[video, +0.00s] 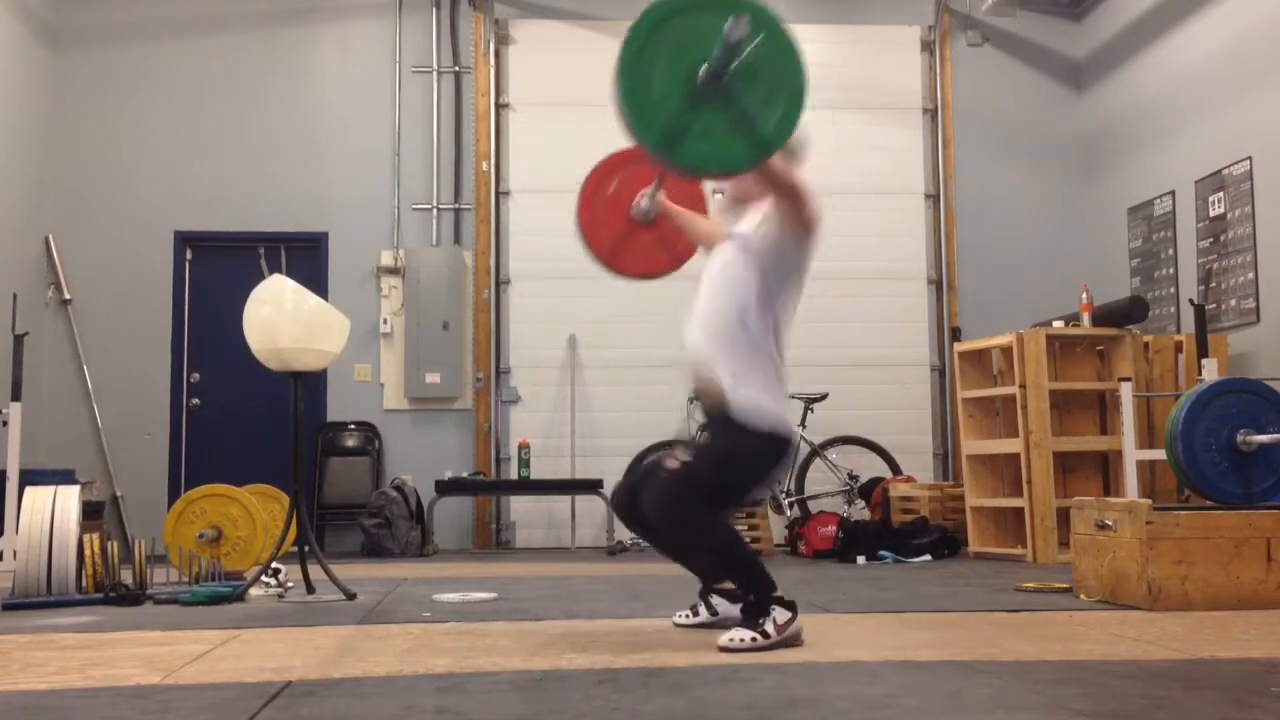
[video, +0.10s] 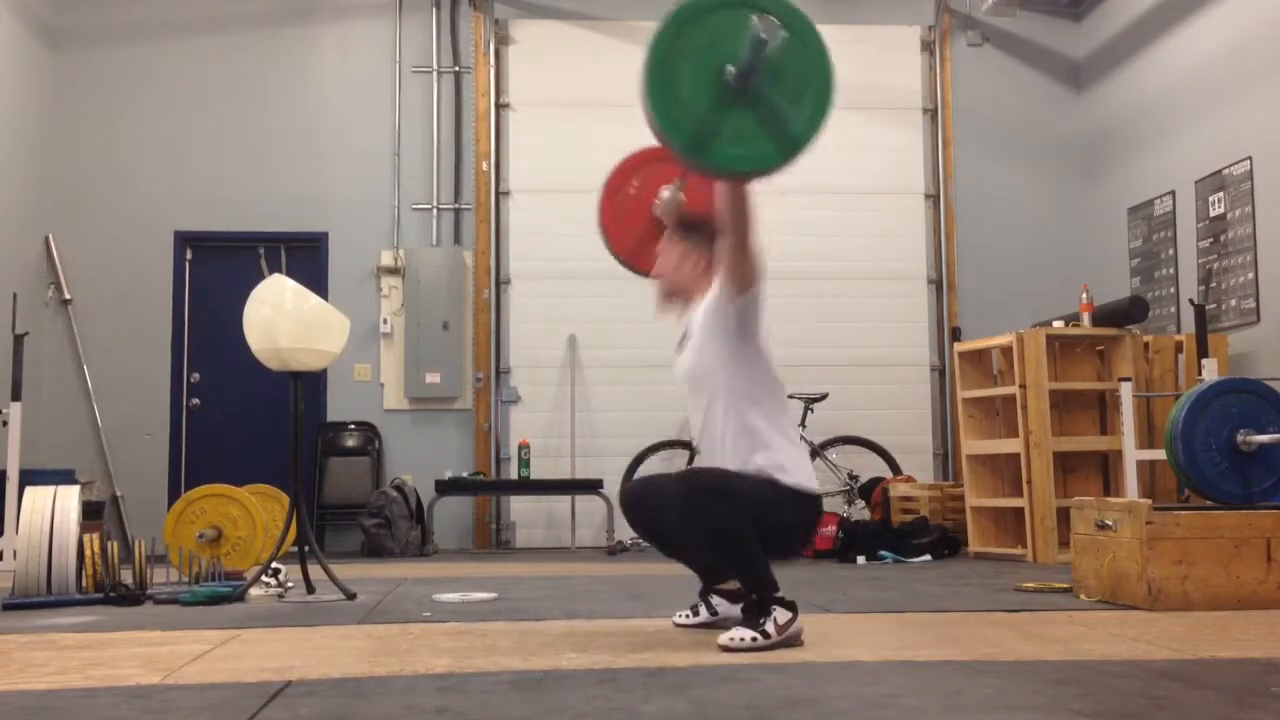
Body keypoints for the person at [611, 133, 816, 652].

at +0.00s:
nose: (720, 172)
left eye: (735, 161)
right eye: (721, 161)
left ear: (767, 166)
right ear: (728, 173)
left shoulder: (782, 232)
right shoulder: (736, 232)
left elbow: (792, 195)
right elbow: (710, 233)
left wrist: (741, 136)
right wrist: (663, 208)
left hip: (758, 429)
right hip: (721, 423)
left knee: (671, 499)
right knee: (632, 499)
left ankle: (773, 610)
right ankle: (725, 594)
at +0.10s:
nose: (656, 263)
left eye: (668, 250)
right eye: (659, 250)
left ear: (701, 258)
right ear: (688, 262)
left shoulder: (728, 312)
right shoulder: (698, 323)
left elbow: (737, 242)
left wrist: (733, 165)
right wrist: (678, 216)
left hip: (788, 503)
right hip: (738, 496)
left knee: (693, 491)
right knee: (641, 496)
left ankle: (773, 609)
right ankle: (726, 592)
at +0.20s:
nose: (634, 306)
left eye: (641, 291)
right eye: (634, 293)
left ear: (676, 294)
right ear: (674, 296)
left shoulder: (721, 337)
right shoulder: (683, 354)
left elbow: (729, 265)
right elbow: (691, 289)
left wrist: (736, 186)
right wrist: (686, 241)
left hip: (792, 518)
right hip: (744, 516)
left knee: (688, 489)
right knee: (640, 496)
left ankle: (772, 608)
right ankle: (726, 594)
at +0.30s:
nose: (632, 324)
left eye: (637, 310)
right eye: (631, 312)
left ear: (673, 312)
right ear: (672, 313)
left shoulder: (721, 354)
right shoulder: (687, 368)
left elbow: (732, 283)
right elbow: (696, 300)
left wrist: (745, 201)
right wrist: (690, 251)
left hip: (791, 534)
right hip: (749, 528)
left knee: (682, 493)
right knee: (641, 496)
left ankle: (770, 609)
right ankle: (727, 594)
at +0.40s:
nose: (634, 327)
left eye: (639, 312)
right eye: (633, 314)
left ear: (674, 314)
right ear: (674, 315)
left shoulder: (724, 354)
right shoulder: (689, 367)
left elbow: (737, 283)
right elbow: (704, 303)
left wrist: (754, 204)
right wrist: (697, 255)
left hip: (793, 534)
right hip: (751, 529)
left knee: (678, 492)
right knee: (642, 494)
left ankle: (771, 608)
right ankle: (729, 595)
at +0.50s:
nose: (631, 319)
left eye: (637, 305)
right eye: (631, 307)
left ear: (672, 305)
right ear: (671, 307)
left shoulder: (722, 347)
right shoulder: (687, 361)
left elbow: (737, 275)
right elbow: (704, 298)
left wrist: (760, 193)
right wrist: (699, 249)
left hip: (795, 525)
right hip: (749, 522)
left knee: (684, 491)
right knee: (642, 495)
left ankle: (772, 607)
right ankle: (729, 593)